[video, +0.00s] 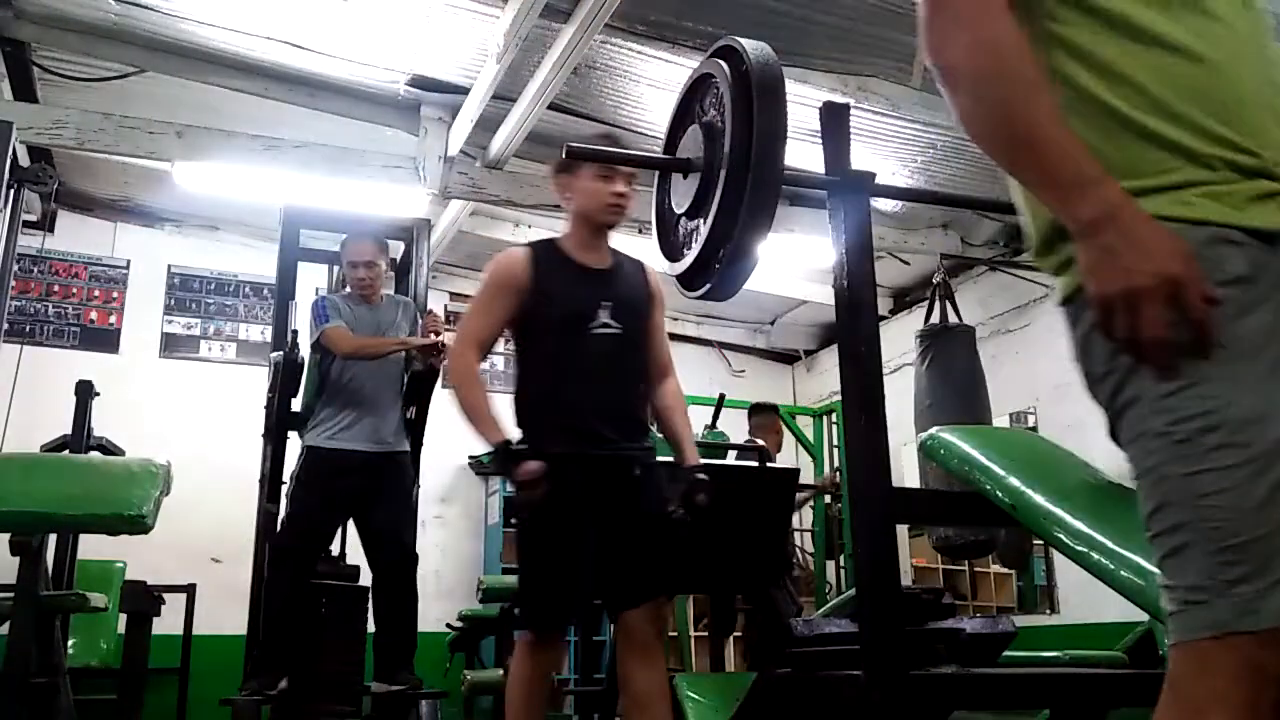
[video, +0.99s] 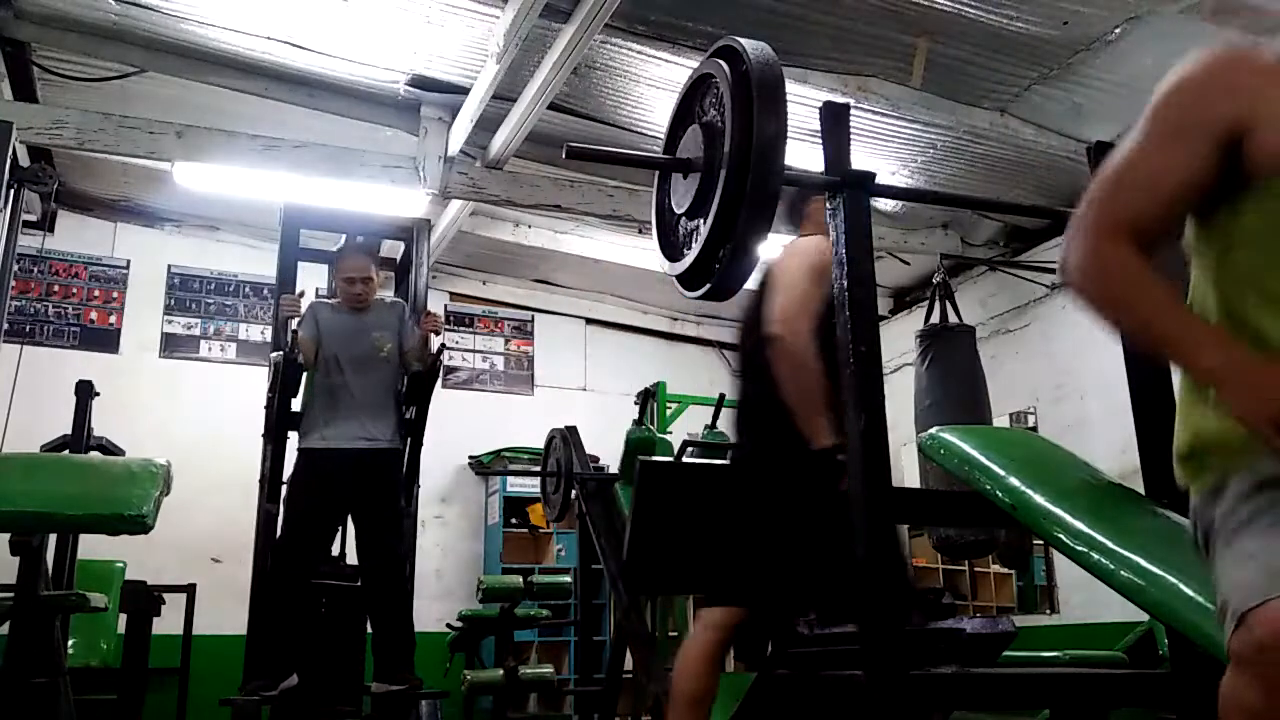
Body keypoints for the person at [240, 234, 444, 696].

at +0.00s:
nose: (361, 274)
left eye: (370, 266)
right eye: (353, 266)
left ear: (386, 266)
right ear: (342, 268)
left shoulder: (406, 310)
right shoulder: (328, 305)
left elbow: (426, 365)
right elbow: (344, 346)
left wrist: (434, 349)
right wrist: (409, 343)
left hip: (388, 455)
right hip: (327, 452)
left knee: (396, 569)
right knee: (291, 560)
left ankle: (396, 671)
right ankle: (270, 671)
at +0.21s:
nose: (360, 277)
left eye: (368, 269)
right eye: (352, 269)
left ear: (383, 270)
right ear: (341, 270)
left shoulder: (403, 312)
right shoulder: (323, 311)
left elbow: (422, 364)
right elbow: (329, 354)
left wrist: (427, 342)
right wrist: (379, 332)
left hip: (387, 458)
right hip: (326, 456)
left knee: (392, 573)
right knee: (293, 566)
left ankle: (395, 672)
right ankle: (280, 672)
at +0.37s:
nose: (349, 280)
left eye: (359, 272)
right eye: (343, 272)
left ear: (379, 271)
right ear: (335, 272)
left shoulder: (401, 313)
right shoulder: (321, 310)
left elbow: (421, 372)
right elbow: (315, 355)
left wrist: (427, 342)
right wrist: (345, 313)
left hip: (381, 458)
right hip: (321, 455)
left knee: (390, 572)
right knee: (292, 564)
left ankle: (396, 672)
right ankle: (279, 670)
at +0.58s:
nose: (349, 286)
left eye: (358, 278)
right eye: (343, 278)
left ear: (379, 276)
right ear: (336, 276)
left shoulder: (401, 314)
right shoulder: (325, 310)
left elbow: (420, 375)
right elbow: (308, 352)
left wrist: (427, 341)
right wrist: (311, 299)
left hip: (377, 457)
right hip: (319, 454)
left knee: (384, 570)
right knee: (294, 563)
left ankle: (395, 670)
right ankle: (281, 668)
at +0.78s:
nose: (348, 288)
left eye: (357, 280)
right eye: (342, 280)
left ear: (379, 277)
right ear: (335, 277)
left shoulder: (403, 314)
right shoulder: (326, 311)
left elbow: (420, 373)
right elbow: (308, 355)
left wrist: (426, 341)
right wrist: (293, 318)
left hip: (377, 455)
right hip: (320, 453)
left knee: (385, 568)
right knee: (294, 561)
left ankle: (395, 670)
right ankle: (281, 667)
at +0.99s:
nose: (358, 289)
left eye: (365, 281)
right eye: (349, 282)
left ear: (378, 278)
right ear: (334, 280)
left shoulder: (396, 312)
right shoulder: (319, 312)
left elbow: (417, 368)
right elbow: (304, 358)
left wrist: (425, 338)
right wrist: (290, 326)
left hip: (378, 455)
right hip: (321, 454)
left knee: (385, 569)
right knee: (296, 563)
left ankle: (395, 671)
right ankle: (283, 668)